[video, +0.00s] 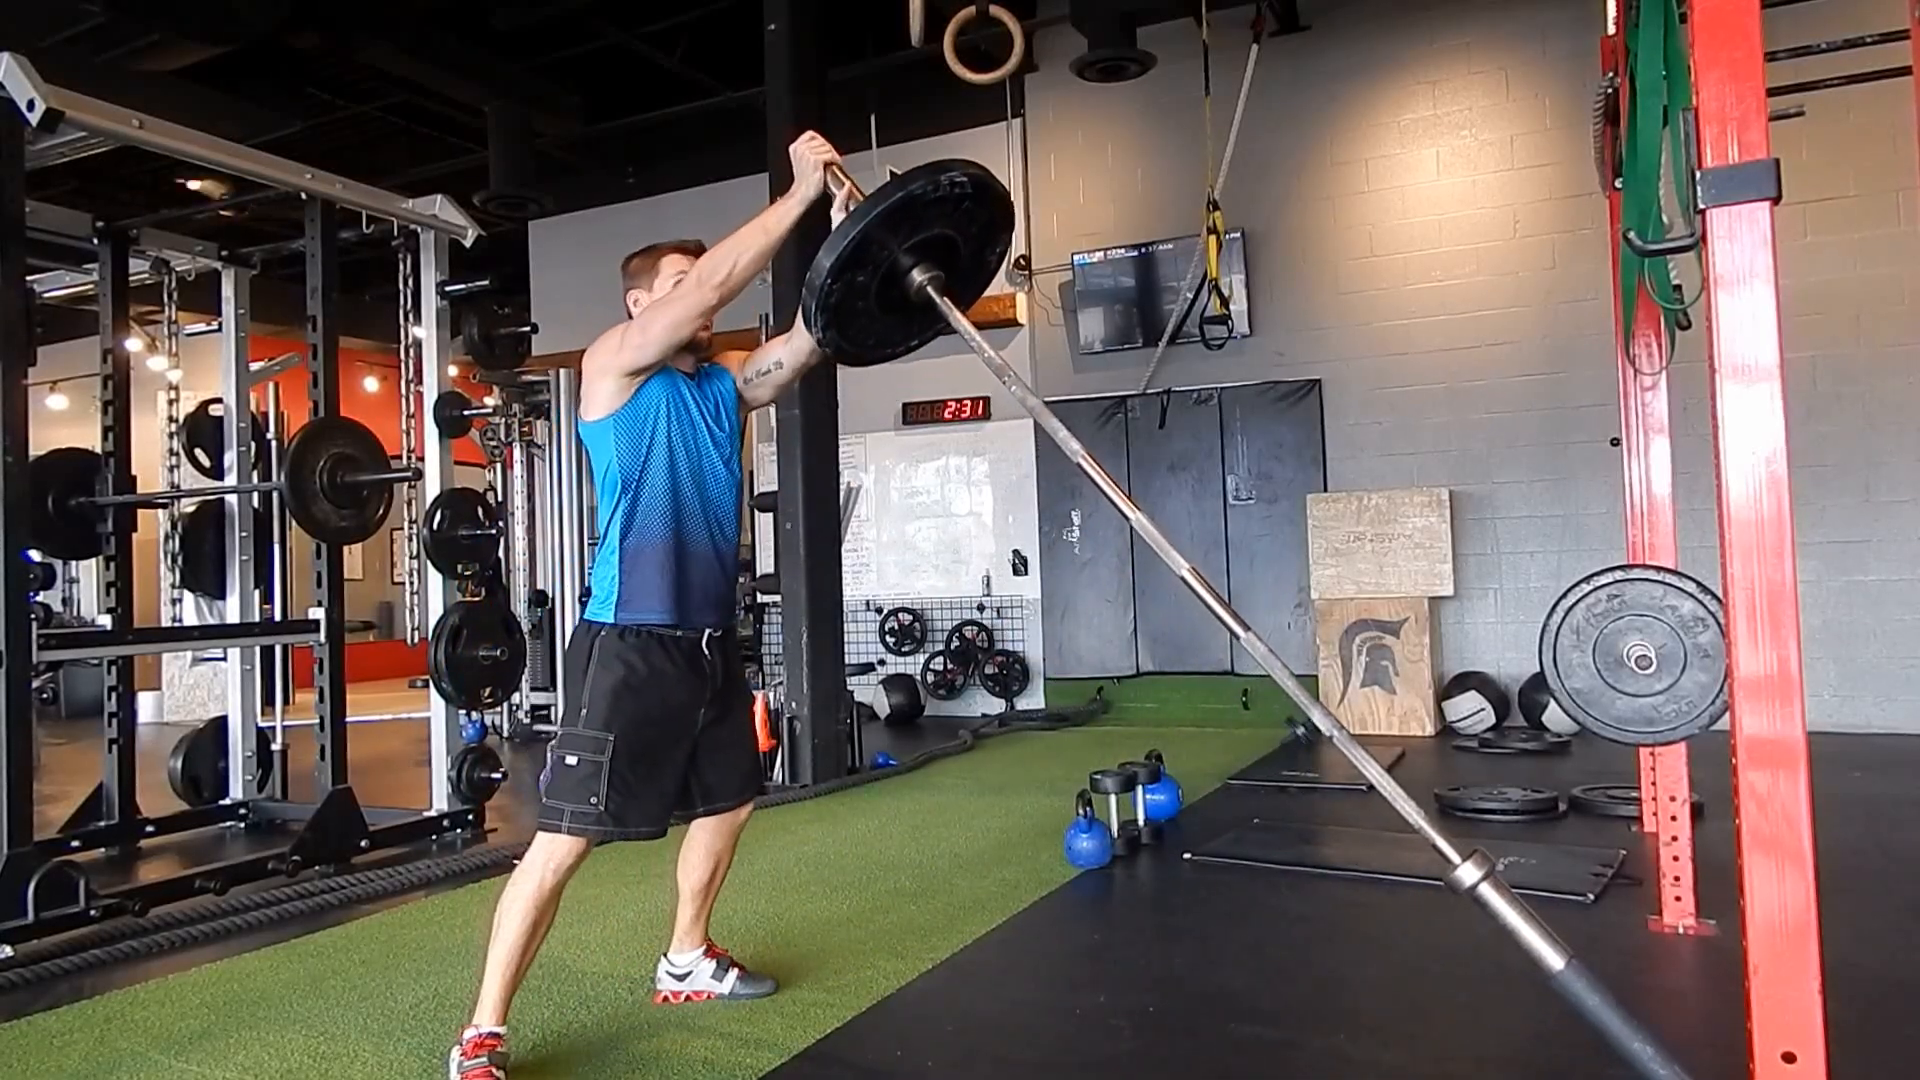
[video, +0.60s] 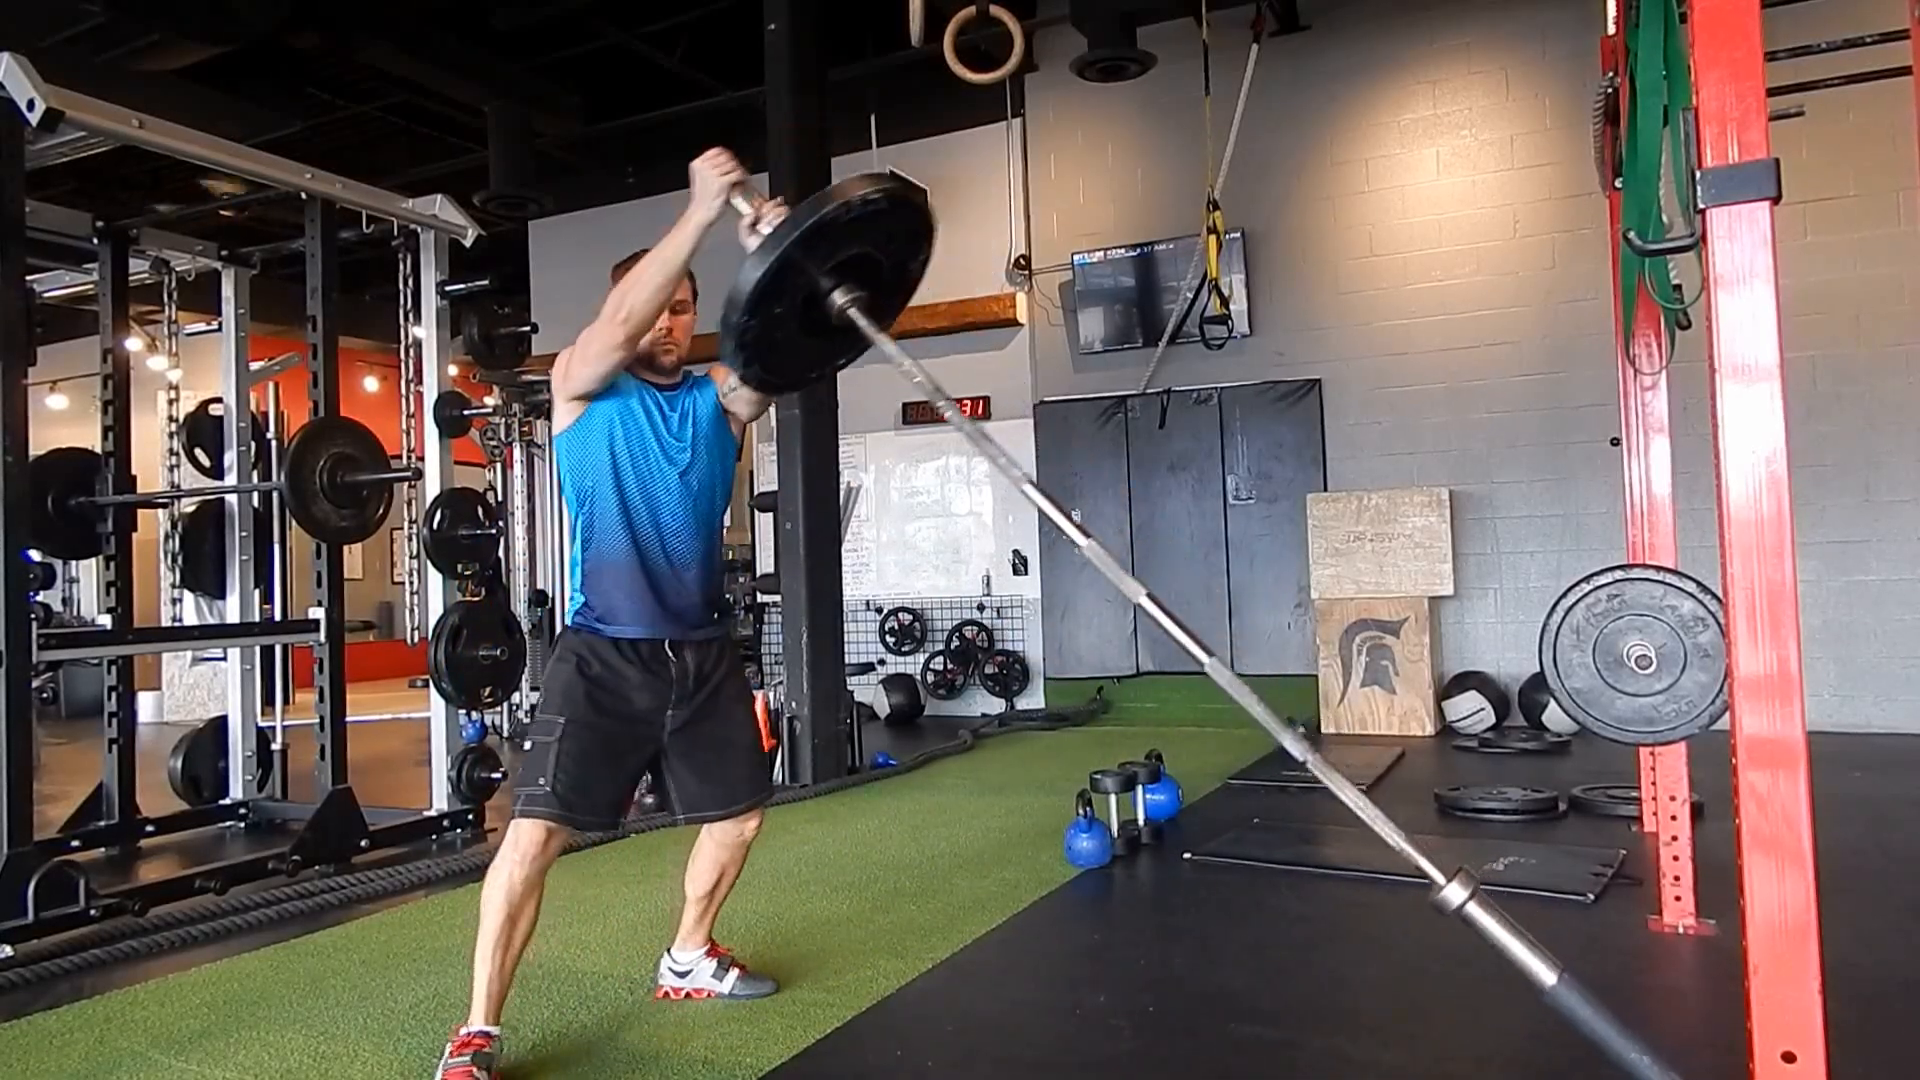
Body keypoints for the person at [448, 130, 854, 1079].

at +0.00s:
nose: (703, 285)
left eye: (704, 276)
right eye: (684, 277)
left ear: (701, 296)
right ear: (638, 297)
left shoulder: (728, 382)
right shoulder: (610, 366)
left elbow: (813, 335)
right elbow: (710, 285)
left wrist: (861, 235)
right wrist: (799, 194)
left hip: (711, 646)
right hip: (624, 646)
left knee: (728, 794)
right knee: (566, 835)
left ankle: (685, 960)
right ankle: (484, 1029)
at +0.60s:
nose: (671, 314)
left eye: (681, 301)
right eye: (655, 302)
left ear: (698, 318)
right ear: (622, 318)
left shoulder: (721, 399)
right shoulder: (580, 391)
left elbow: (794, 341)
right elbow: (621, 318)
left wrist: (783, 239)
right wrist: (698, 211)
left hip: (705, 659)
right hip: (601, 659)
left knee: (737, 808)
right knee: (536, 831)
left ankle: (687, 956)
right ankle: (479, 1026)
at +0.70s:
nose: (655, 333)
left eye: (671, 320)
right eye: (642, 318)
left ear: (695, 331)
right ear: (615, 325)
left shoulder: (715, 411)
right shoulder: (574, 405)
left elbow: (767, 355)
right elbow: (570, 357)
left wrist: (728, 283)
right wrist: (634, 259)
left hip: (697, 662)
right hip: (586, 663)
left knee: (734, 815)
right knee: (519, 831)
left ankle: (695, 948)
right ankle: (475, 1027)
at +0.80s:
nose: (643, 336)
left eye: (658, 320)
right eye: (630, 321)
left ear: (685, 330)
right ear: (605, 335)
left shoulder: (704, 419)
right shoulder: (569, 405)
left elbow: (743, 396)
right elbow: (530, 419)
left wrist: (683, 322)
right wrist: (567, 324)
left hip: (684, 665)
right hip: (570, 665)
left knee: (728, 821)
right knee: (506, 828)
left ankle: (711, 940)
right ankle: (473, 1029)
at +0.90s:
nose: (620, 342)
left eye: (636, 326)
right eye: (604, 329)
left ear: (666, 326)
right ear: (585, 332)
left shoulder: (694, 397)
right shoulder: (554, 394)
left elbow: (694, 448)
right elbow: (496, 483)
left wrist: (625, 386)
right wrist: (504, 403)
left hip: (671, 667)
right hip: (557, 668)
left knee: (722, 832)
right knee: (491, 834)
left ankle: (727, 935)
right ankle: (472, 1032)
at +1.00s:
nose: (596, 352)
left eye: (613, 335)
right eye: (581, 336)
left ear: (646, 340)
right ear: (565, 341)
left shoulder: (680, 420)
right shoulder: (525, 429)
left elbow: (638, 507)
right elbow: (504, 528)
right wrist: (459, 494)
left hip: (659, 670)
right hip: (545, 675)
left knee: (715, 832)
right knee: (480, 836)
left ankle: (740, 932)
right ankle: (471, 1032)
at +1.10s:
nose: (574, 362)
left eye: (591, 345)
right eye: (559, 345)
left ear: (626, 348)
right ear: (545, 349)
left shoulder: (663, 431)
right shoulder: (515, 441)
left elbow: (626, 544)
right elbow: (490, 555)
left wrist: (512, 576)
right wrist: (440, 561)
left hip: (644, 674)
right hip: (534, 673)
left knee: (712, 843)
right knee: (468, 840)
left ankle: (753, 927)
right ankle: (469, 1034)